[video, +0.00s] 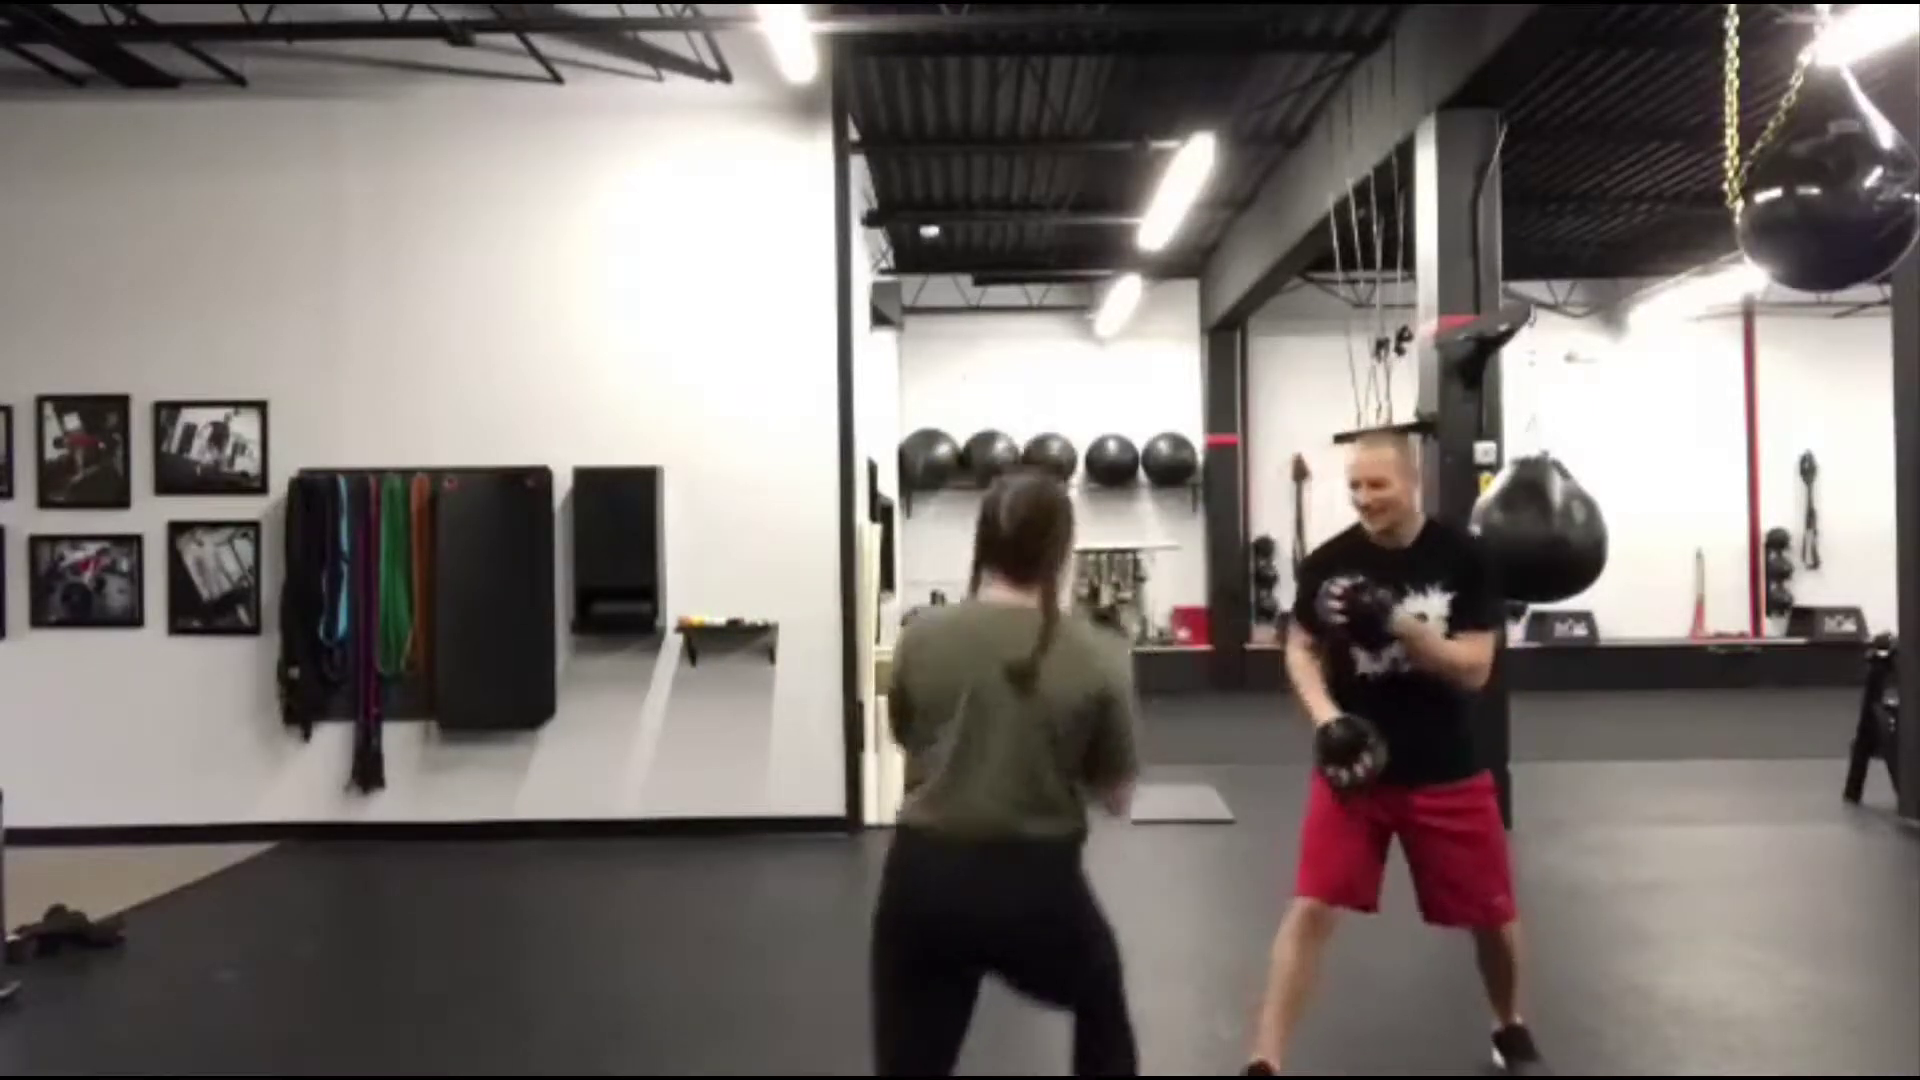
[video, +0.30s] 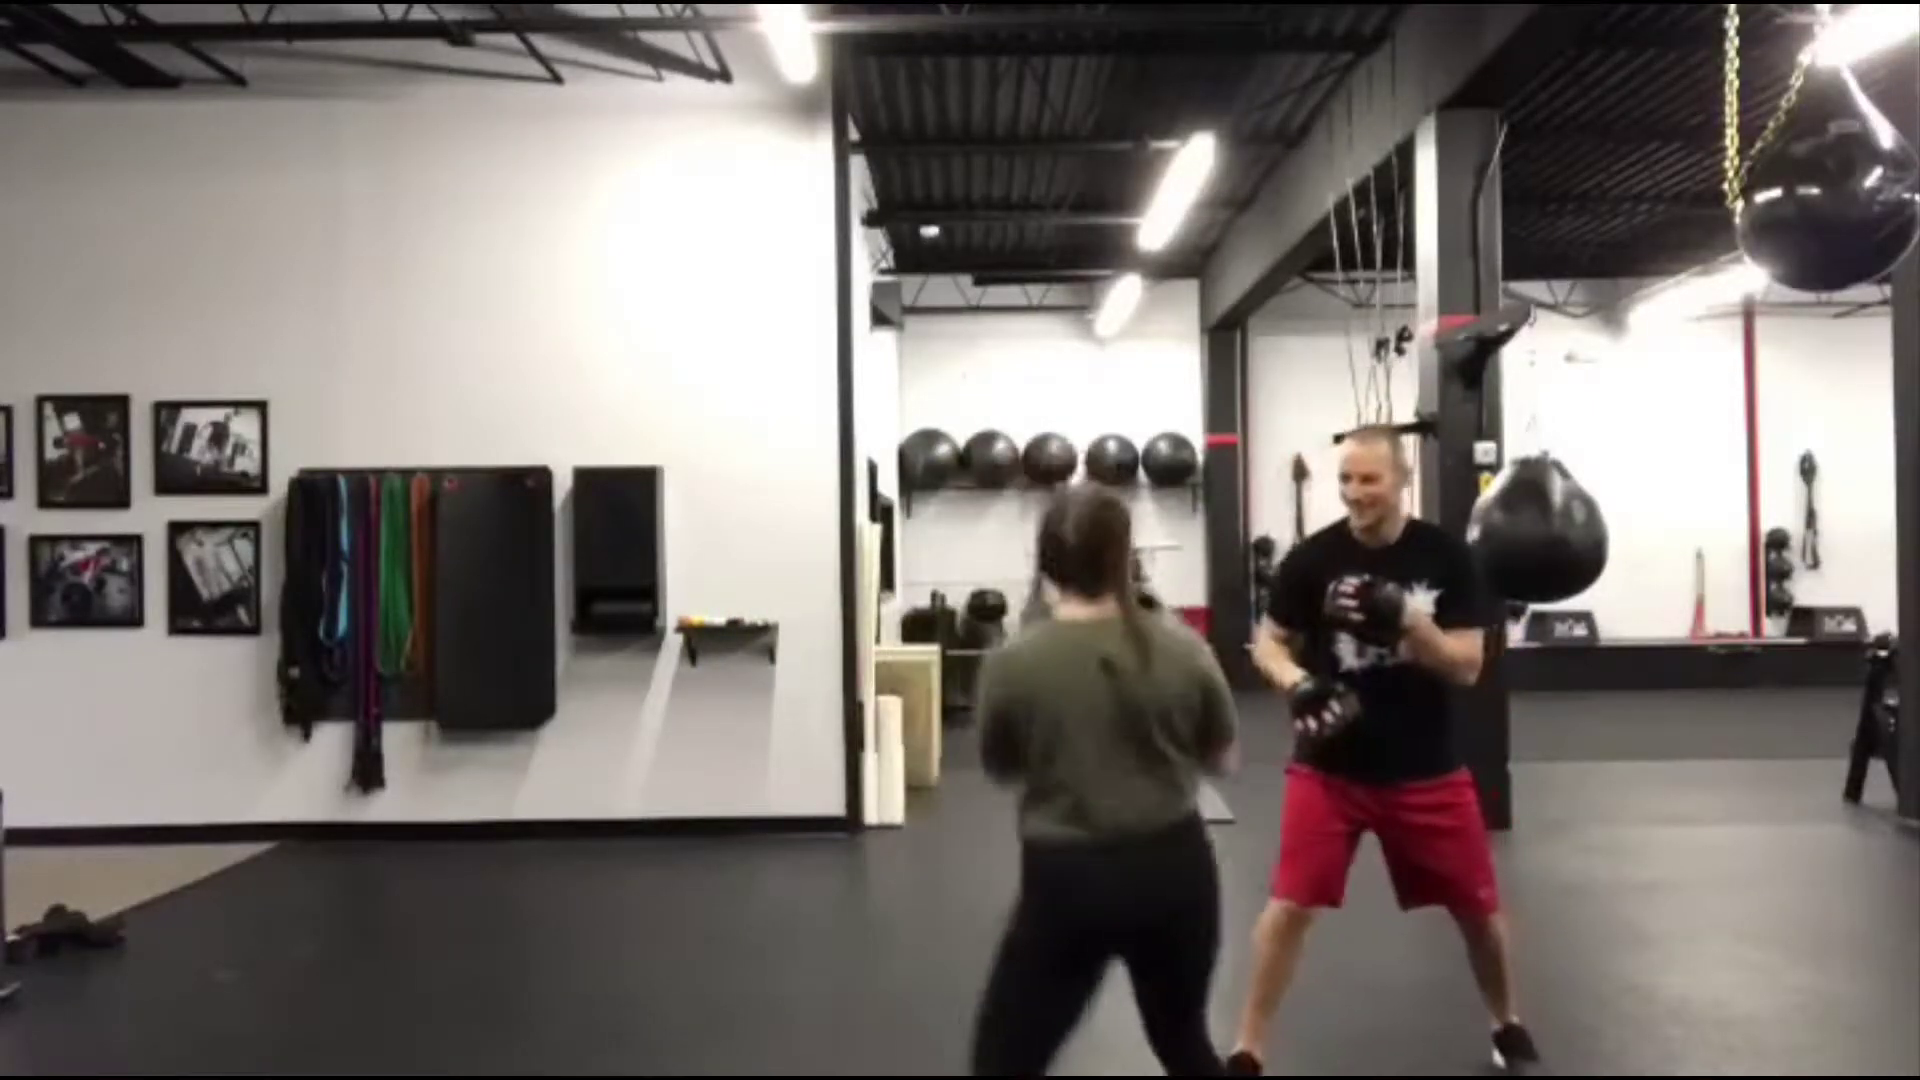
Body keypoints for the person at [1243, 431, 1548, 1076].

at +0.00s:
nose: (1366, 500)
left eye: (1378, 487)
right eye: (1357, 488)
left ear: (1413, 483)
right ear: (1347, 488)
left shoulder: (1464, 557)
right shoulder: (1325, 565)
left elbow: (1476, 665)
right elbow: (1300, 652)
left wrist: (1396, 626)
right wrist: (1330, 720)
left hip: (1451, 775)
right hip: (1354, 773)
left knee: (1496, 920)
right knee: (1313, 909)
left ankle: (1510, 1028)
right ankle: (1266, 1060)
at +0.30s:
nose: (1356, 492)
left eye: (1371, 480)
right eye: (1348, 480)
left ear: (1403, 481)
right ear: (1338, 482)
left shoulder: (1446, 555)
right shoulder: (1310, 560)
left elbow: (1467, 662)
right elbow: (1267, 644)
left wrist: (1406, 619)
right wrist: (1299, 685)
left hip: (1428, 772)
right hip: (1327, 771)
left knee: (1480, 911)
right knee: (1291, 905)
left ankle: (1508, 1028)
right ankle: (1247, 1053)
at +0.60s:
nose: (1324, 489)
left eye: (1339, 477)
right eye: (1320, 476)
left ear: (1378, 482)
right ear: (1315, 482)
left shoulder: (1423, 553)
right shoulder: (1291, 559)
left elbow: (1456, 666)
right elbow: (1234, 653)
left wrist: (1400, 610)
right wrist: (1264, 639)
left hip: (1414, 770)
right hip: (1314, 769)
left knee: (1477, 908)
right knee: (1281, 903)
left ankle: (1508, 1023)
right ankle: (1246, 1053)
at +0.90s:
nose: (1330, 501)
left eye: (1344, 489)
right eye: (1327, 489)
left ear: (1386, 493)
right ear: (1324, 494)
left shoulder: (1437, 567)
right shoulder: (1303, 572)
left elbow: (1462, 680)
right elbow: (1258, 672)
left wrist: (1417, 627)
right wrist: (1266, 648)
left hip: (1425, 777)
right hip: (1324, 774)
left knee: (1489, 914)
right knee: (1283, 906)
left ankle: (1509, 1027)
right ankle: (1245, 1053)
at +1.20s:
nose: (1323, 491)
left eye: (1339, 479)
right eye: (1318, 480)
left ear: (1380, 486)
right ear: (1313, 489)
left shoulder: (1430, 558)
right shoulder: (1304, 563)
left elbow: (1457, 668)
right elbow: (1262, 616)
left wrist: (1395, 593)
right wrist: (1241, 564)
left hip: (1425, 777)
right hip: (1323, 772)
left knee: (1485, 915)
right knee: (1281, 903)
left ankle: (1509, 1028)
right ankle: (1244, 1050)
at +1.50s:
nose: (1277, 490)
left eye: (1292, 479)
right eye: (1270, 479)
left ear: (1329, 487)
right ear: (1262, 487)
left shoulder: (1373, 555)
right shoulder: (1254, 567)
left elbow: (1379, 634)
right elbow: (1211, 642)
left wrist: (1337, 541)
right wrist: (1228, 586)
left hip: (1386, 779)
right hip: (1284, 776)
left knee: (1456, 924)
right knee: (1253, 905)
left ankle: (1500, 1020)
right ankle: (1242, 1051)